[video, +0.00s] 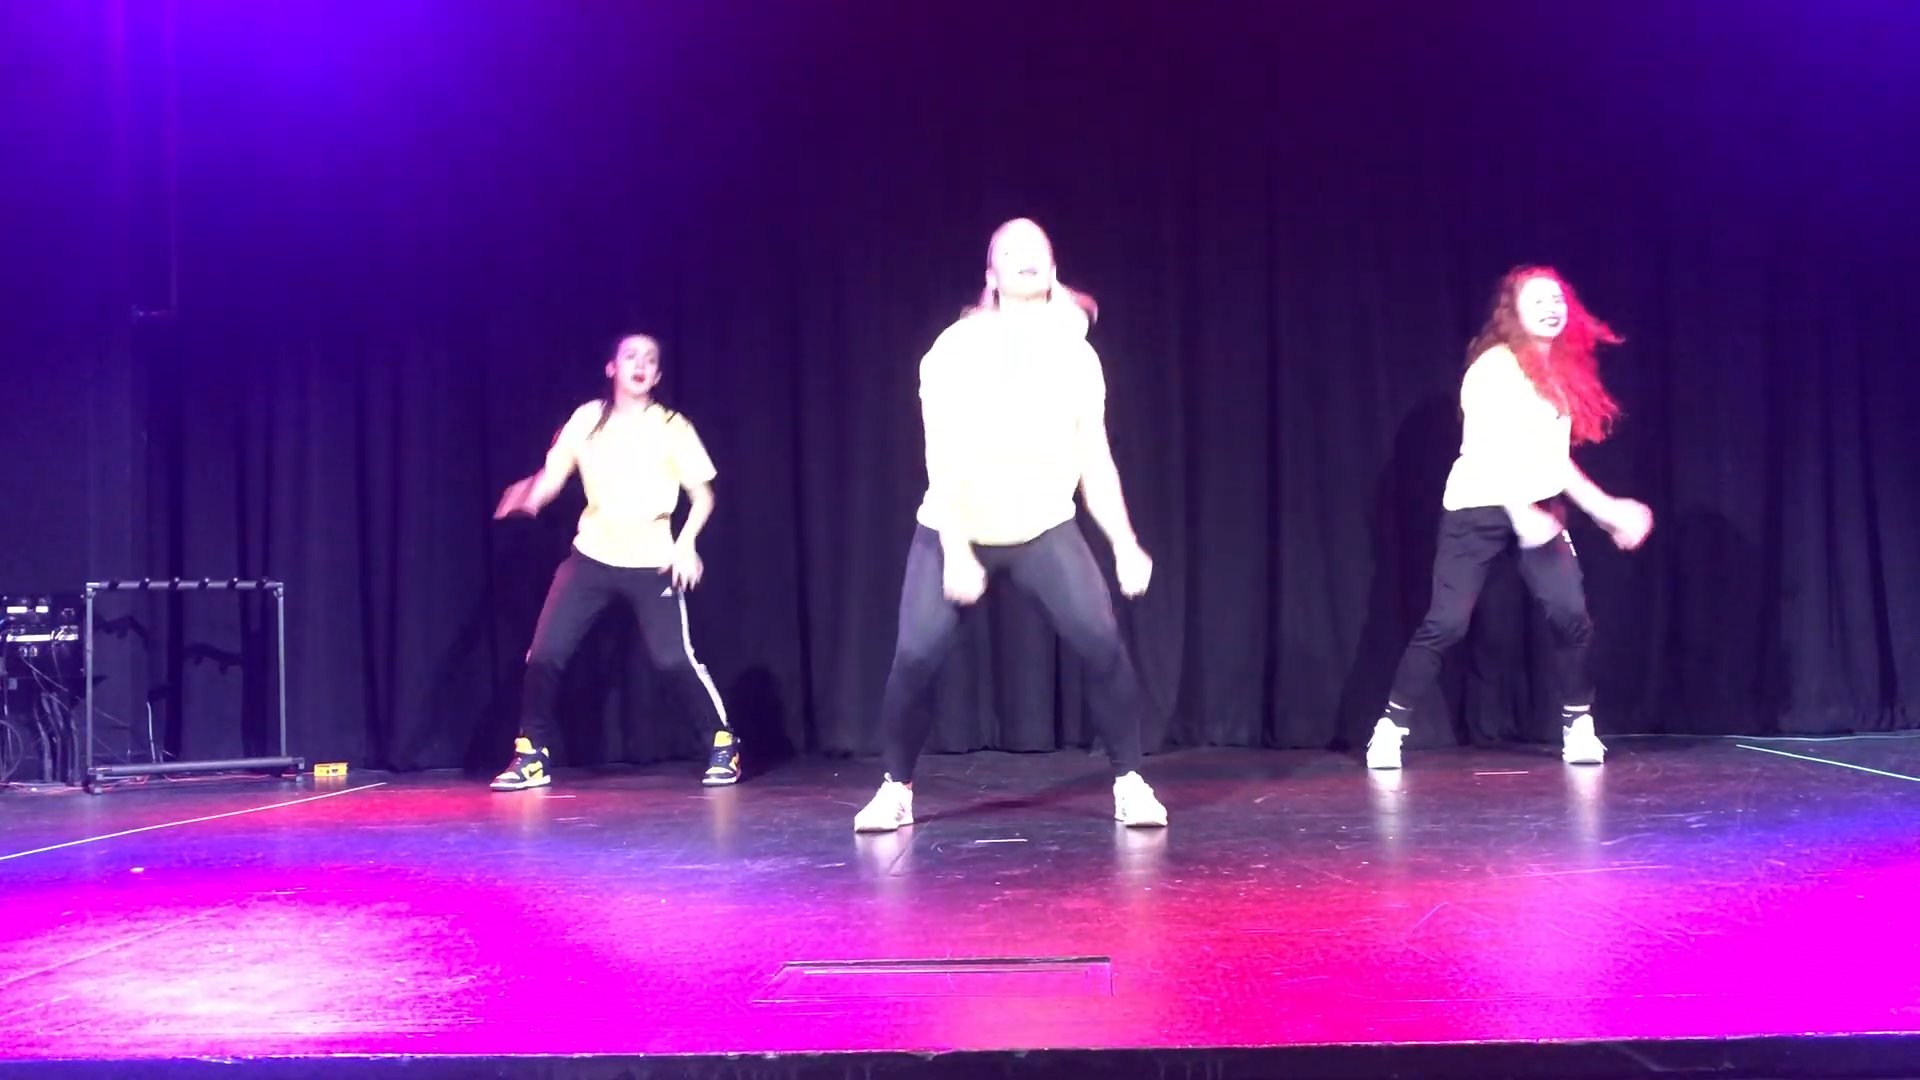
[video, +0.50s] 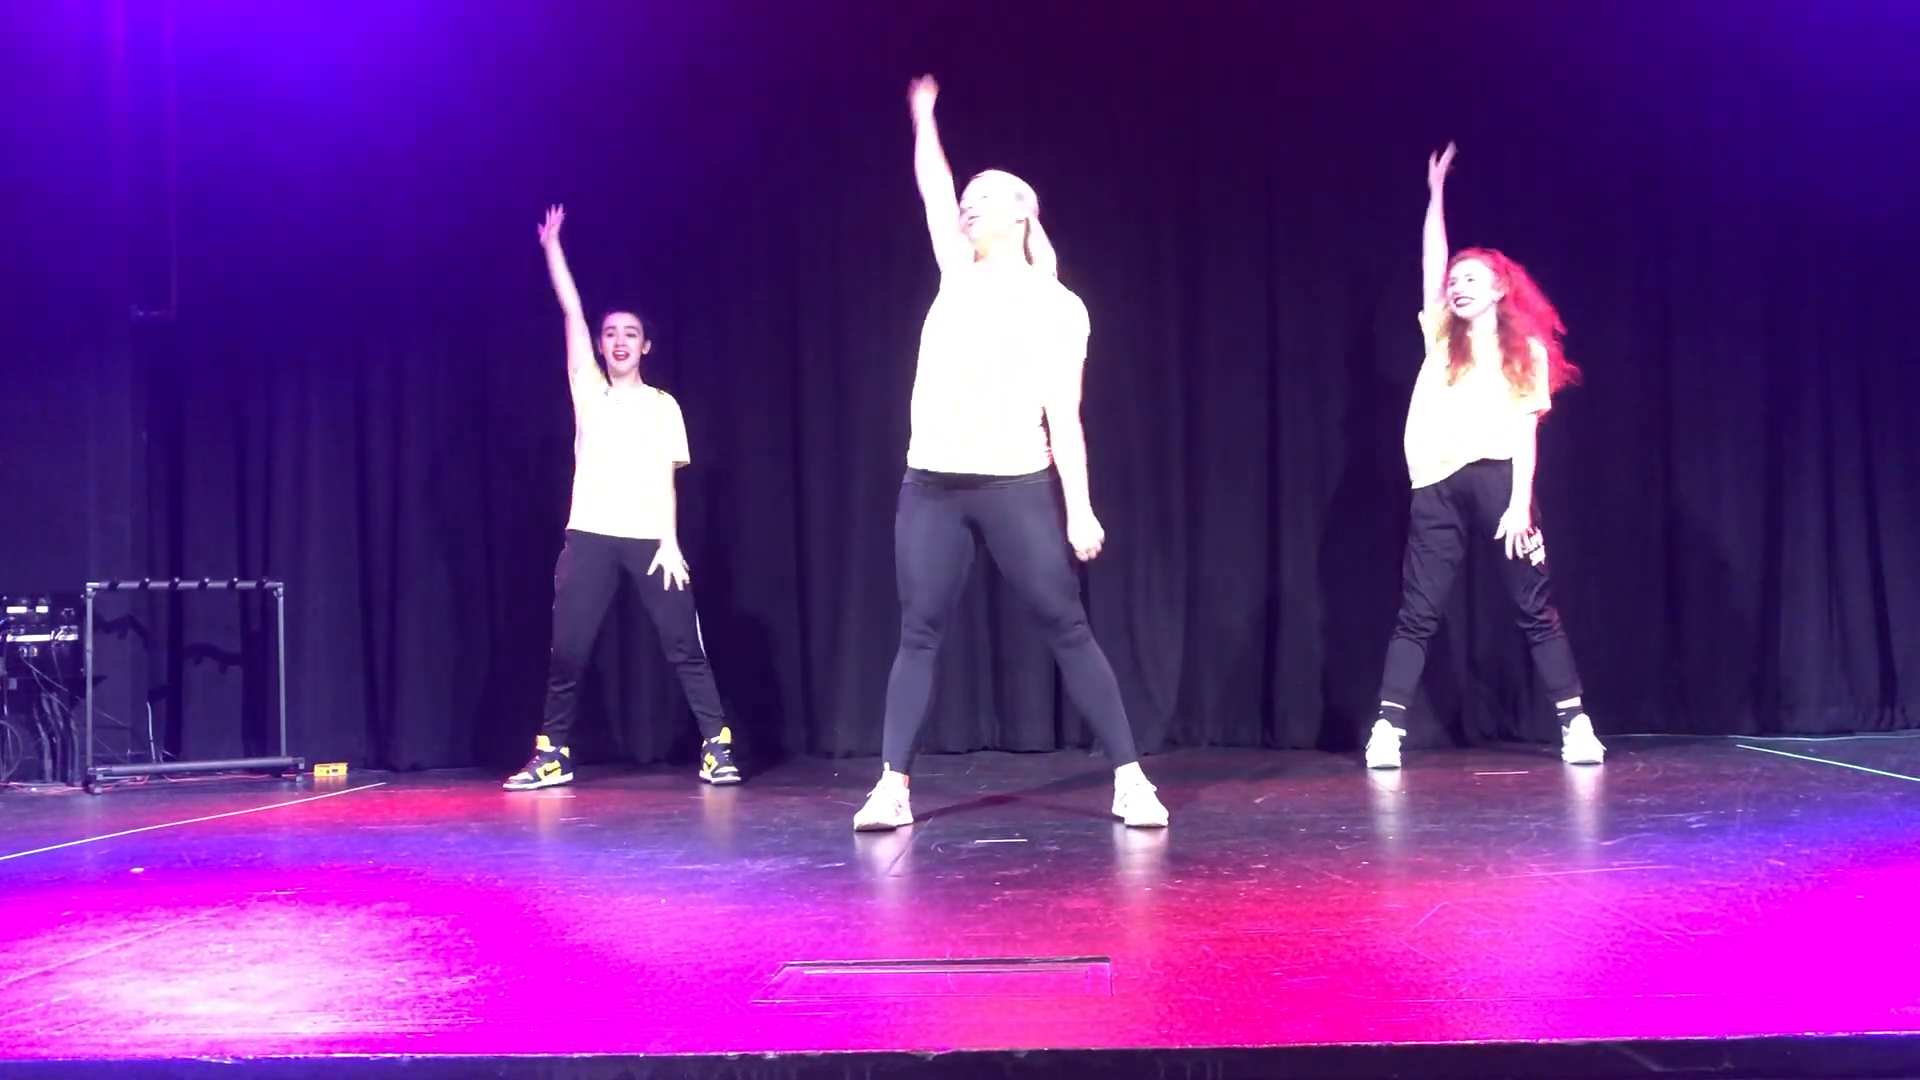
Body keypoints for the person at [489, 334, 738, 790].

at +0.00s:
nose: (640, 367)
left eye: (649, 360)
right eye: (631, 358)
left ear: (659, 373)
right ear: (612, 368)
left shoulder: (673, 429)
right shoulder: (587, 420)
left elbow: (703, 496)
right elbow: (551, 477)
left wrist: (686, 542)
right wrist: (528, 499)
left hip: (652, 560)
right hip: (591, 557)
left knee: (674, 658)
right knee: (544, 654)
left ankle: (723, 745)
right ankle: (532, 757)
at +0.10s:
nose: (629, 385)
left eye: (638, 379)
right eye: (620, 377)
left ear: (647, 392)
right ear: (601, 388)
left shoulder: (661, 446)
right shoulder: (579, 446)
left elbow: (681, 515)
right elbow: (557, 517)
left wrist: (664, 567)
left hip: (646, 577)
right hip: (585, 574)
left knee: (665, 668)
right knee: (535, 666)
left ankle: (722, 745)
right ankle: (531, 760)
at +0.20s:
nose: (631, 370)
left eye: (639, 362)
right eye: (622, 361)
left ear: (650, 372)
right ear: (604, 372)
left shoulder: (666, 432)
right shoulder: (583, 429)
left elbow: (673, 500)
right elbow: (564, 504)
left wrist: (662, 552)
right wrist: (541, 570)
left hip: (647, 567)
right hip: (585, 567)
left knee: (678, 657)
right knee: (549, 664)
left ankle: (724, 745)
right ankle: (532, 758)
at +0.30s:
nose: (626, 338)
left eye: (635, 331)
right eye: (617, 331)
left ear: (650, 345)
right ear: (603, 344)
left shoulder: (665, 405)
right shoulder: (584, 395)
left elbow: (674, 476)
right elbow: (553, 440)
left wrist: (668, 528)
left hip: (650, 537)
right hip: (589, 535)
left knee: (690, 639)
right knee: (555, 642)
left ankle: (714, 749)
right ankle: (533, 751)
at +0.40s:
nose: (618, 333)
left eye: (628, 326)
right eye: (611, 326)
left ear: (645, 340)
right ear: (601, 338)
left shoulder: (664, 400)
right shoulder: (583, 385)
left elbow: (674, 472)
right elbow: (571, 338)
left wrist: (675, 533)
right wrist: (552, 290)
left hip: (652, 535)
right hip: (592, 534)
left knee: (683, 644)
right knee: (564, 645)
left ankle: (715, 747)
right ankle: (546, 750)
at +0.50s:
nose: (619, 342)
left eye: (629, 335)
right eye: (611, 334)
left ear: (645, 346)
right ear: (599, 344)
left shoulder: (664, 406)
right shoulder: (587, 391)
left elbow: (666, 480)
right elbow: (572, 312)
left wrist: (670, 543)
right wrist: (552, 245)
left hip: (649, 539)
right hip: (590, 538)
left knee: (686, 647)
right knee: (567, 650)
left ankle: (717, 747)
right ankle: (553, 755)